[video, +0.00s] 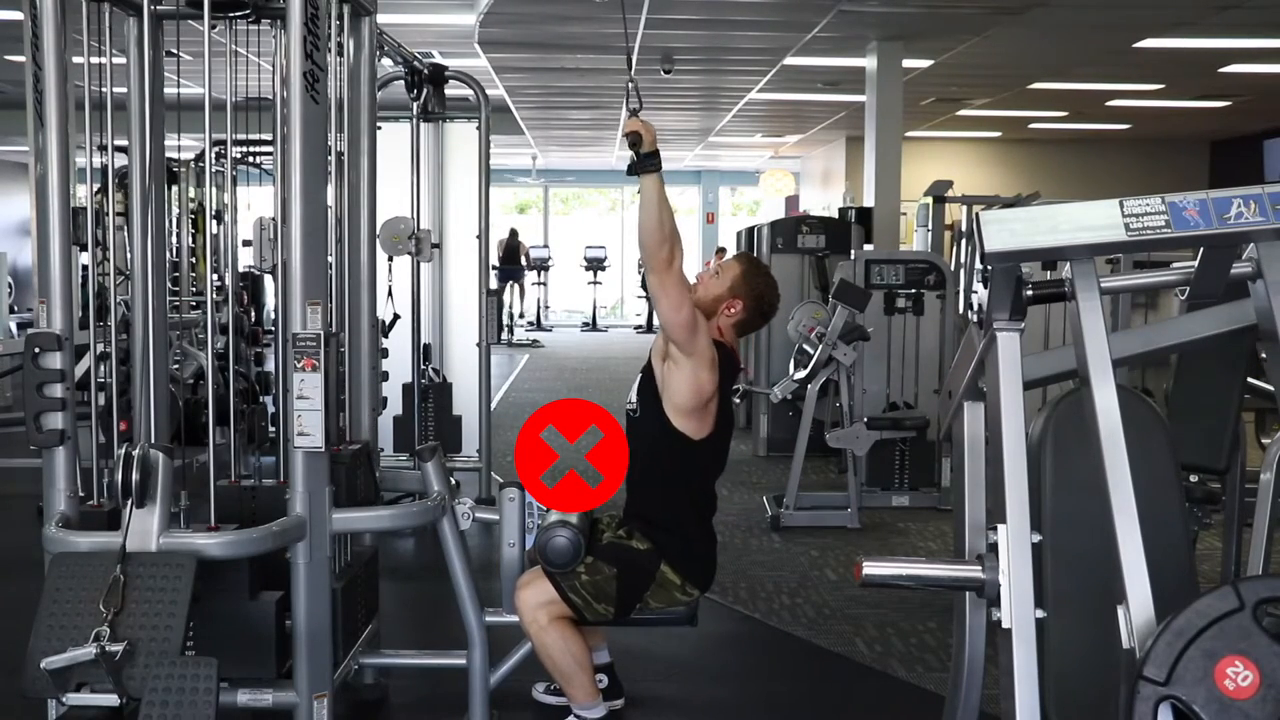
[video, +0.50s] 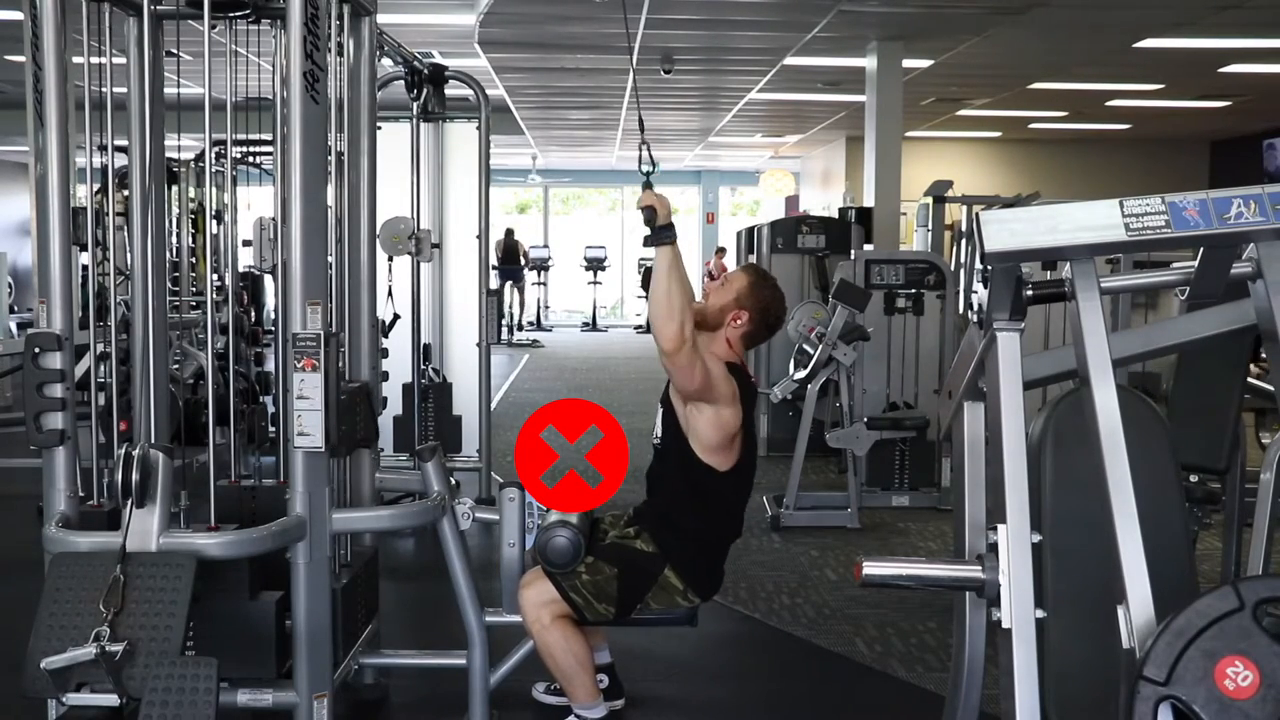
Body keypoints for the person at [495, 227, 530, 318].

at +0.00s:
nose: (514, 238)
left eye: (512, 235)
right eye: (515, 236)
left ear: (508, 234)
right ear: (517, 235)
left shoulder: (501, 243)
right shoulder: (521, 245)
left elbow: (499, 257)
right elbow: (527, 258)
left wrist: (502, 265)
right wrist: (529, 266)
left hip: (504, 270)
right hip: (517, 270)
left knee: (500, 291)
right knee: (521, 286)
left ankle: (499, 315)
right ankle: (521, 310)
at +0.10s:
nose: (513, 237)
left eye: (511, 234)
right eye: (514, 235)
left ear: (508, 234)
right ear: (517, 235)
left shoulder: (501, 243)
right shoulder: (521, 245)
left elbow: (499, 257)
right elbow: (528, 259)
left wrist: (501, 265)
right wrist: (529, 266)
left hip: (504, 270)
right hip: (518, 270)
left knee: (499, 292)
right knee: (521, 292)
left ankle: (499, 316)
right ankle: (521, 317)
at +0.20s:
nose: (511, 236)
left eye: (510, 234)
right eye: (512, 234)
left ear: (506, 234)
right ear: (515, 234)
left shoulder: (500, 243)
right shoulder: (521, 244)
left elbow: (499, 257)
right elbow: (527, 258)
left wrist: (501, 265)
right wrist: (528, 265)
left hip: (504, 270)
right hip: (517, 270)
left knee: (499, 286)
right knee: (520, 297)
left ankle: (499, 308)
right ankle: (521, 323)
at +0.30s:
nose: (509, 236)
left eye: (508, 234)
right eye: (511, 234)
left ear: (505, 234)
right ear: (514, 234)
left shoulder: (500, 243)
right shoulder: (520, 244)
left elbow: (498, 258)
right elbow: (528, 261)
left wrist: (501, 266)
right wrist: (525, 266)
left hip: (504, 271)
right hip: (517, 272)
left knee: (499, 281)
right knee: (520, 300)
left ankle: (500, 303)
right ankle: (521, 326)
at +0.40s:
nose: (509, 237)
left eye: (508, 234)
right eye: (510, 234)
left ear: (504, 235)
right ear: (513, 235)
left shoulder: (499, 243)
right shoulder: (519, 244)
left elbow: (498, 258)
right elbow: (527, 260)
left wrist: (501, 266)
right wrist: (524, 267)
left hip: (503, 271)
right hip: (516, 271)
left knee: (500, 284)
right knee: (520, 298)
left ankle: (500, 305)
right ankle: (520, 324)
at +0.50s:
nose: (509, 237)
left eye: (508, 235)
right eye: (510, 235)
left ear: (504, 235)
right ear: (513, 235)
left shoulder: (499, 243)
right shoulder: (518, 244)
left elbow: (498, 258)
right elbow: (527, 259)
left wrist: (500, 266)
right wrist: (524, 266)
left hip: (503, 271)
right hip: (516, 270)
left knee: (501, 288)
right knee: (521, 296)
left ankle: (501, 311)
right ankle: (520, 320)